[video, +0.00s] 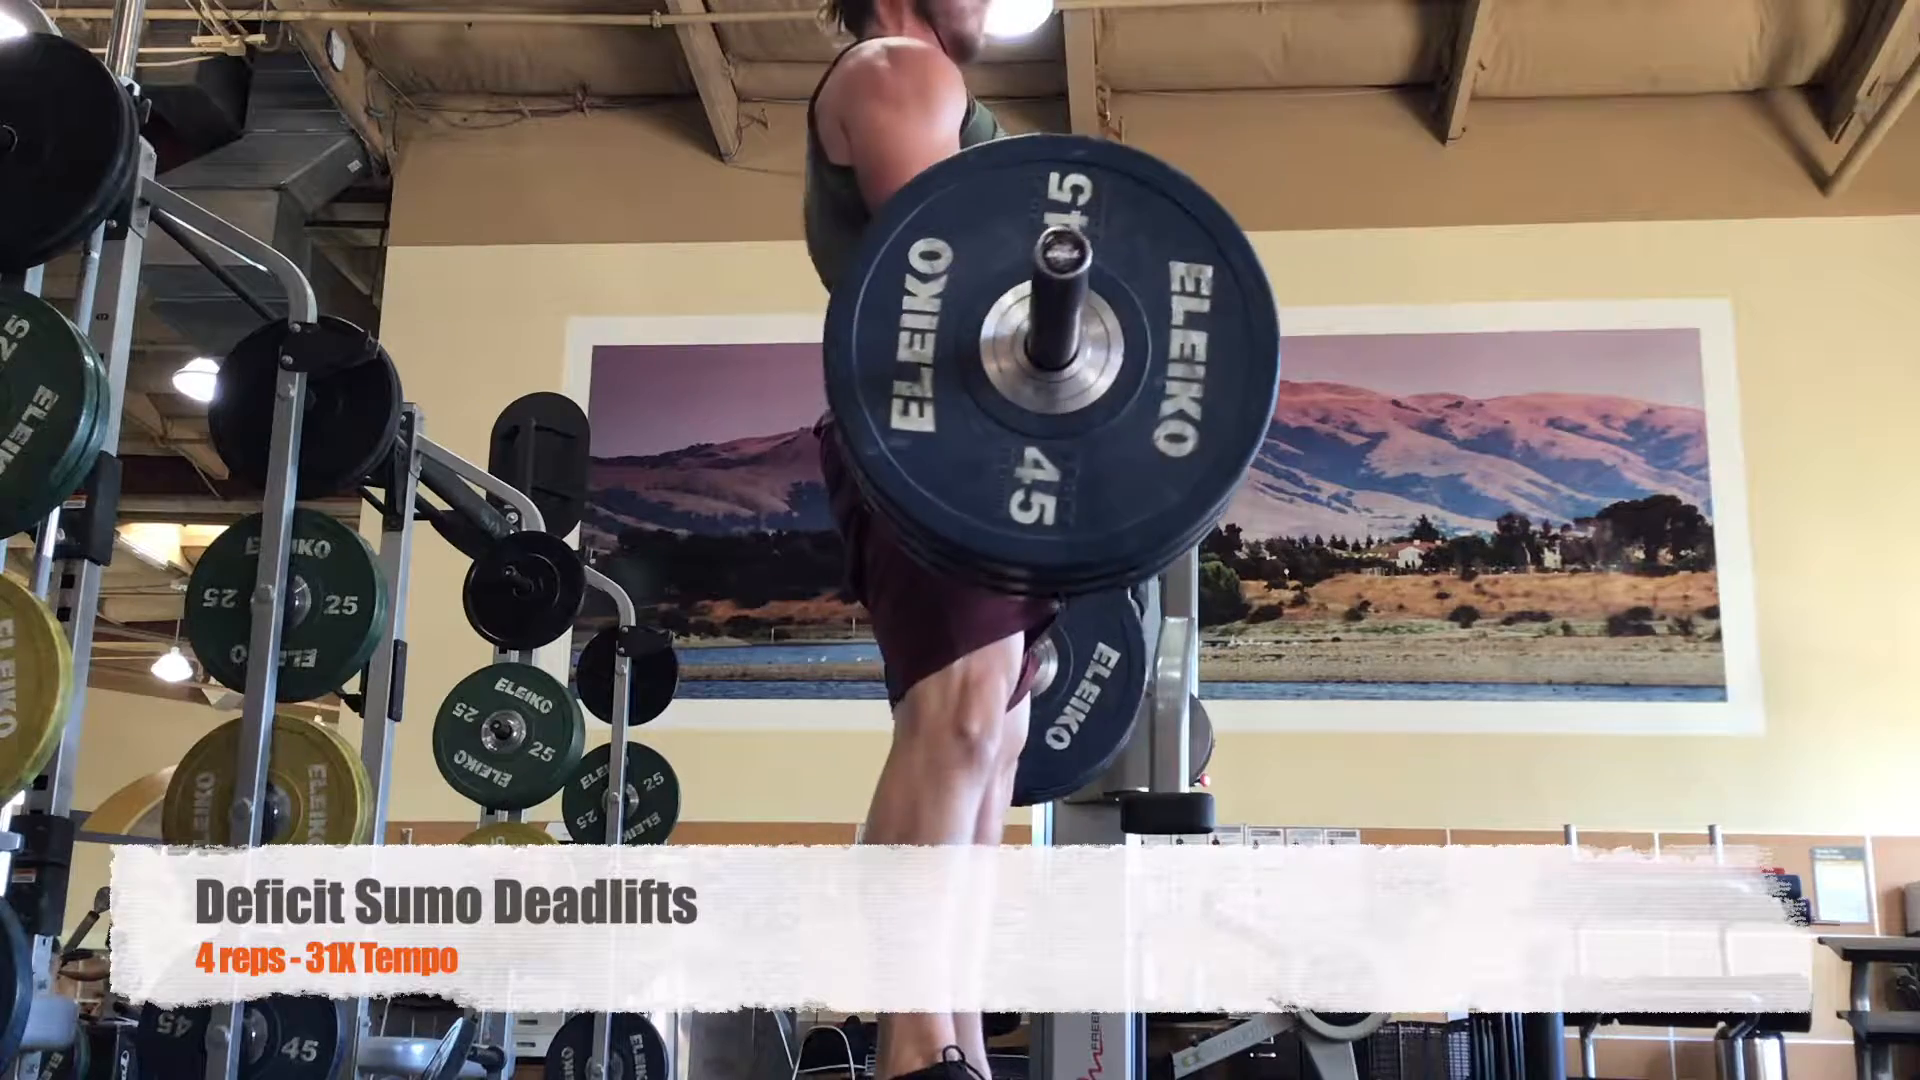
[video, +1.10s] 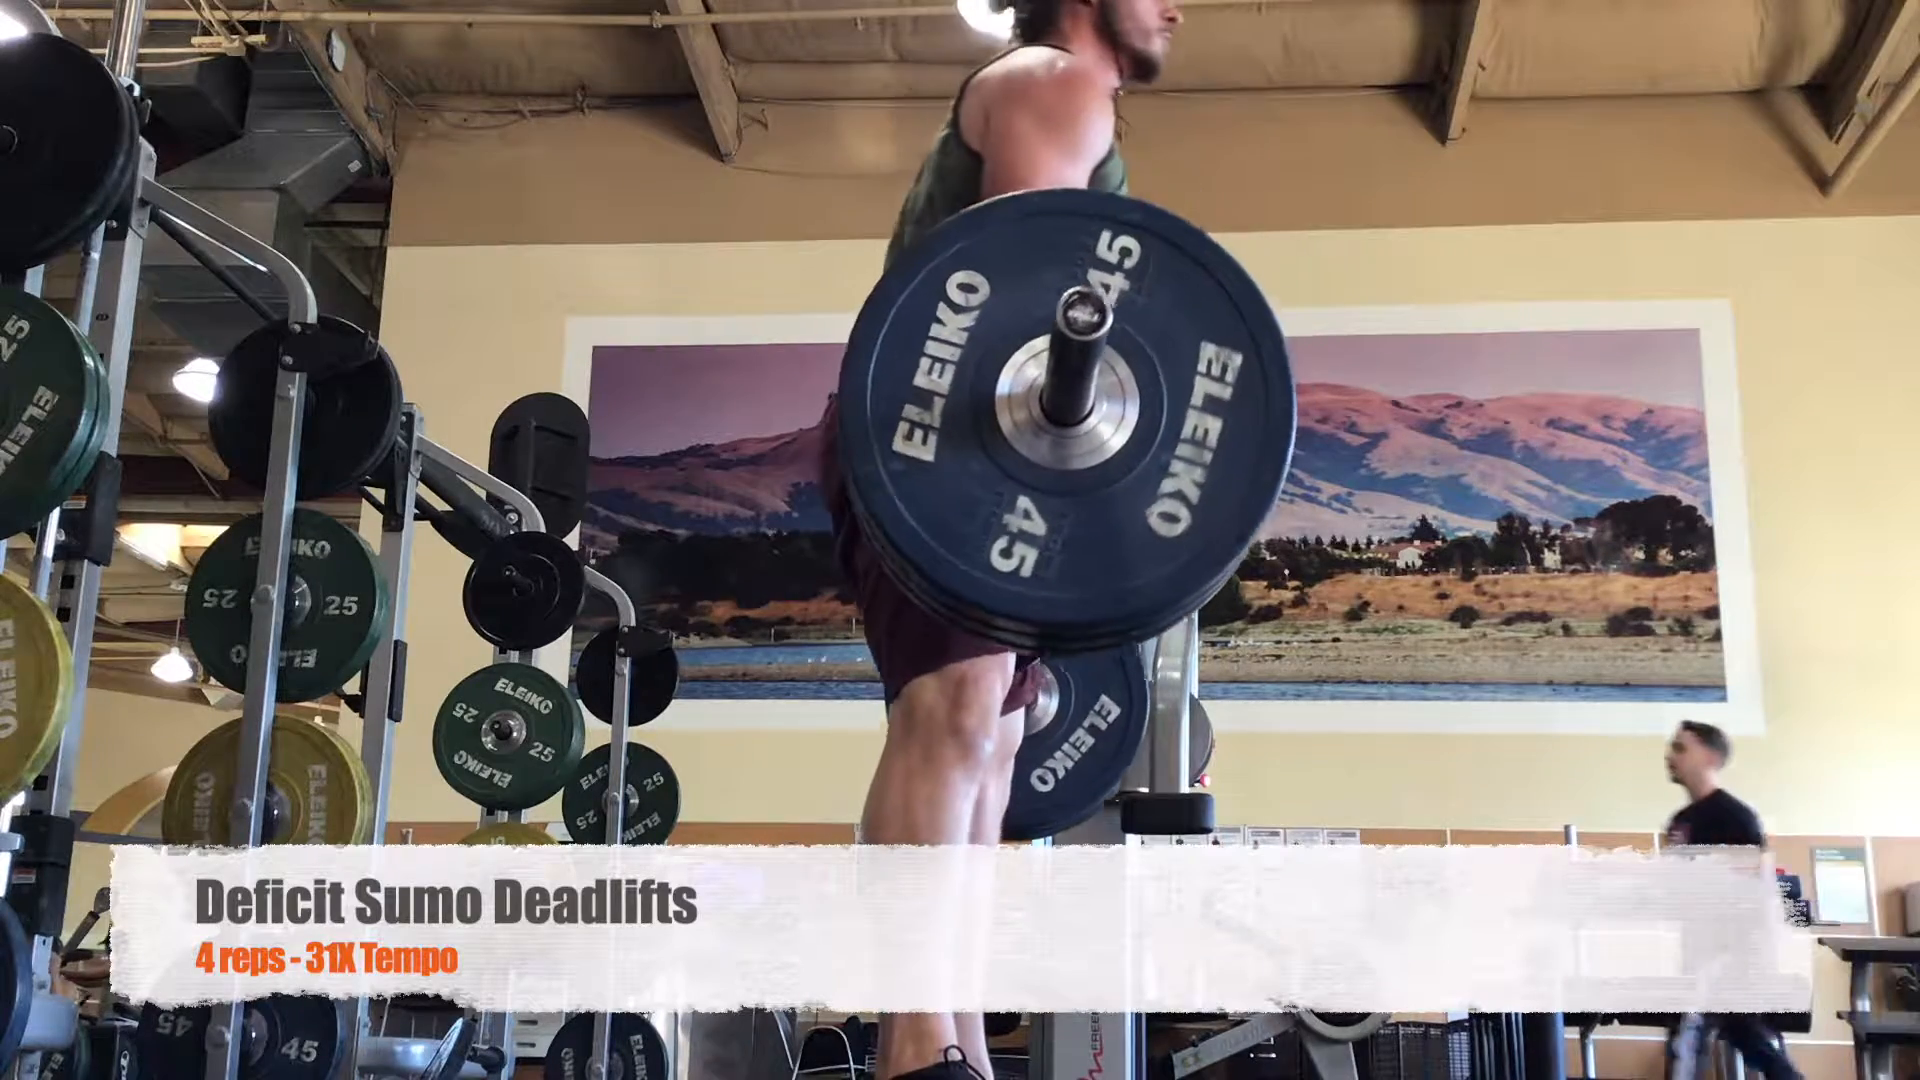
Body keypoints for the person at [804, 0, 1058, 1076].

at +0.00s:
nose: (994, 4)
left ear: (901, 11)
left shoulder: (931, 87)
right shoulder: (895, 70)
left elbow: (975, 278)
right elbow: (956, 271)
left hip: (969, 428)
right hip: (916, 423)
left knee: (997, 722)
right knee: (959, 711)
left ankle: (957, 1034)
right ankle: (912, 1045)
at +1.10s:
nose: (1171, 10)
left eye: (1167, 0)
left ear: (1079, 12)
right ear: (1088, 1)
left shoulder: (1062, 98)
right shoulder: (1054, 84)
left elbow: (1045, 334)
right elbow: (1038, 322)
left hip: (967, 442)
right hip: (920, 432)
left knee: (996, 713)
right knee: (962, 696)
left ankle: (956, 1037)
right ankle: (917, 1041)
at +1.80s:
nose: (1275, 93)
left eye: (1271, 72)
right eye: (1256, 65)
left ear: (1190, 71)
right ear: (1187, 65)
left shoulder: (1149, 194)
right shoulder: (1119, 153)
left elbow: (1089, 393)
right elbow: (1064, 371)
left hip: (923, 438)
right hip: (857, 422)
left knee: (986, 730)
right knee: (923, 714)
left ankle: (955, 1030)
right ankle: (906, 1037)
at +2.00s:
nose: (1299, 129)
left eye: (1297, 108)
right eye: (1282, 103)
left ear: (1221, 116)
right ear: (1209, 106)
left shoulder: (1162, 246)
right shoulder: (1132, 192)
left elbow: (1105, 438)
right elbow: (1069, 407)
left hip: (905, 448)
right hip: (839, 426)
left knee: (991, 721)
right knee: (934, 701)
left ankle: (955, 1029)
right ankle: (907, 1037)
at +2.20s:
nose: (1317, 179)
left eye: (1315, 157)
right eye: (1300, 151)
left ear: (1233, 155)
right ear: (1231, 147)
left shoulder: (1177, 359)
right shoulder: (1139, 232)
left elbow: (1137, 509)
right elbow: (1075, 454)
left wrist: (1206, 721)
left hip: (896, 460)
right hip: (830, 437)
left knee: (974, 735)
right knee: (932, 722)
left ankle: (960, 1038)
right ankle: (914, 1040)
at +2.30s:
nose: (1328, 207)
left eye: (1328, 186)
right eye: (1312, 178)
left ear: (1244, 180)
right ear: (1242, 172)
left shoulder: (1179, 377)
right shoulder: (1143, 254)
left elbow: (1116, 509)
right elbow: (1081, 480)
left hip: (905, 470)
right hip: (832, 441)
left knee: (985, 734)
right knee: (941, 724)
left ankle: (964, 1035)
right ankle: (917, 1035)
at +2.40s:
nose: (1339, 240)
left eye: (1339, 217)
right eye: (1324, 209)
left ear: (1252, 212)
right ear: (1252, 202)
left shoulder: (1186, 399)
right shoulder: (1148, 282)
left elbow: (1144, 547)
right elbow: (1085, 516)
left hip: (897, 481)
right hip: (830, 448)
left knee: (976, 743)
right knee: (937, 729)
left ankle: (967, 1044)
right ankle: (919, 1040)